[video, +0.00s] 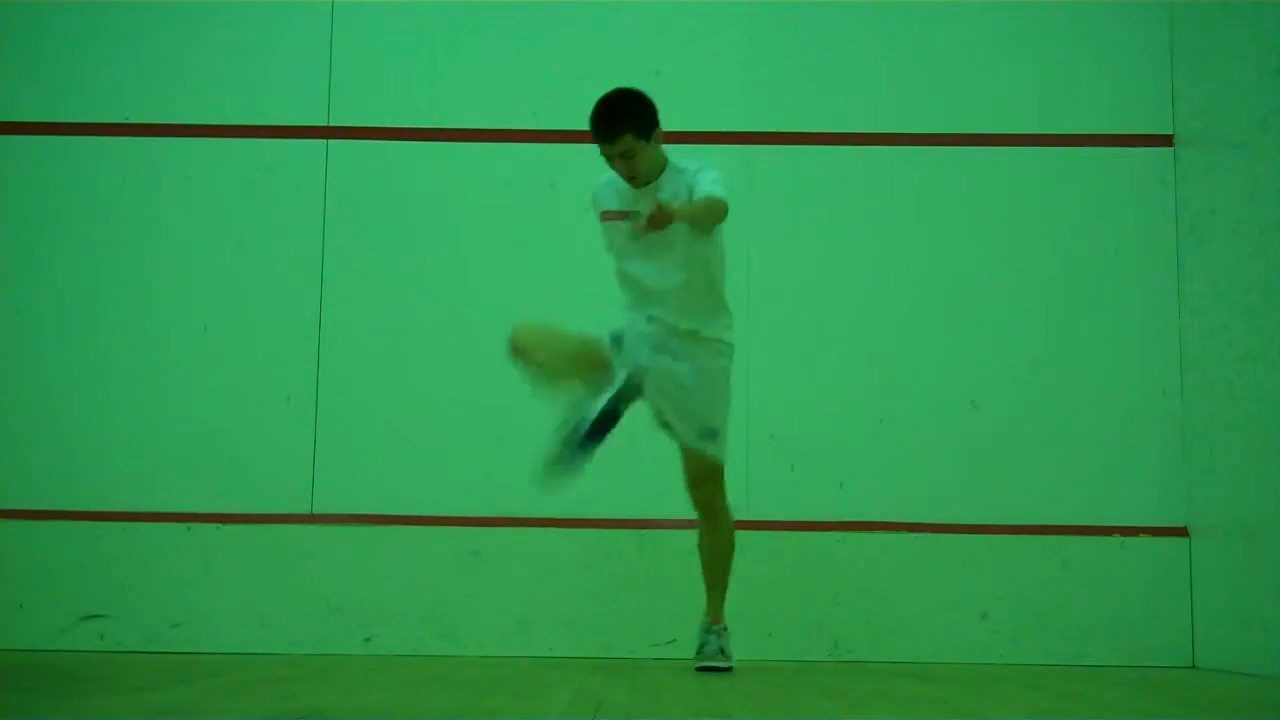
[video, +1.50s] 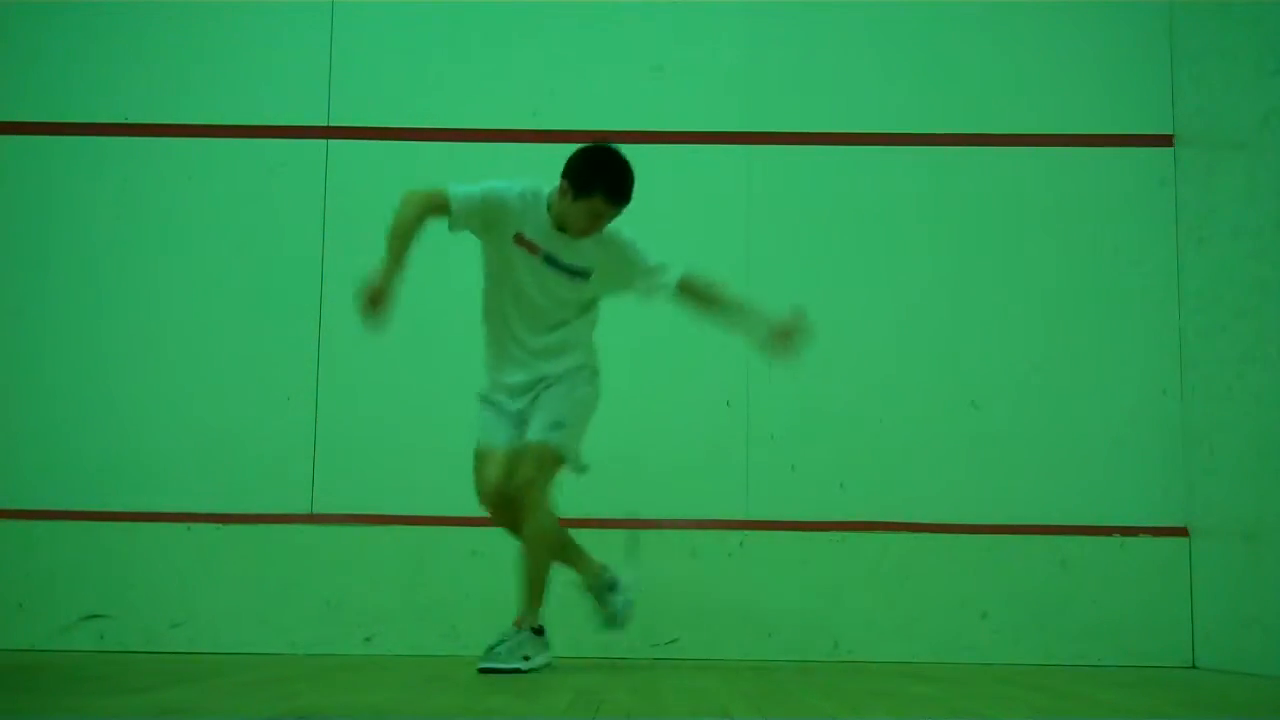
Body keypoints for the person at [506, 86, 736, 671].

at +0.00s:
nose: (620, 167)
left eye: (628, 153)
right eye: (611, 157)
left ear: (657, 139)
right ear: (603, 153)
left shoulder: (696, 181)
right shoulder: (608, 194)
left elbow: (715, 209)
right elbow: (629, 262)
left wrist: (678, 213)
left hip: (699, 349)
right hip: (637, 338)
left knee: (707, 490)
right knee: (524, 342)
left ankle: (715, 623)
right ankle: (604, 387)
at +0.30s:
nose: (595, 176)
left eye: (606, 164)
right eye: (584, 163)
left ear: (624, 155)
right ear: (568, 153)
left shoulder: (651, 203)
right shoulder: (542, 197)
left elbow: (718, 250)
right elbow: (503, 256)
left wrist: (714, 294)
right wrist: (486, 328)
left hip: (636, 369)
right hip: (568, 378)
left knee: (679, 428)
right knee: (551, 502)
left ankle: (666, 563)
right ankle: (579, 631)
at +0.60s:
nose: (594, 204)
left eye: (605, 193)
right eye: (586, 190)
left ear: (617, 189)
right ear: (562, 176)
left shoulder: (622, 250)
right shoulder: (520, 200)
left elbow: (683, 311)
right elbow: (458, 195)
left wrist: (730, 374)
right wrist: (391, 220)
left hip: (580, 395)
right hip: (516, 389)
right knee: (464, 480)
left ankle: (505, 635)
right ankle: (574, 570)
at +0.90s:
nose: (659, 219)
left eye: (665, 212)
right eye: (657, 207)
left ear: (660, 200)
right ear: (631, 183)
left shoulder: (647, 247)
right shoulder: (559, 183)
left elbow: (702, 308)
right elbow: (468, 176)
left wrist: (770, 348)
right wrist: (380, 177)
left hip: (594, 364)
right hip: (530, 360)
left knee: (609, 463)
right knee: (493, 463)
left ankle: (642, 584)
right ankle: (588, 528)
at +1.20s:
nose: (611, 284)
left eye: (620, 278)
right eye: (607, 275)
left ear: (628, 267)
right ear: (585, 252)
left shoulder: (634, 285)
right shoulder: (528, 273)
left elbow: (696, 306)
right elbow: (463, 331)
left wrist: (760, 341)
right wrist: (463, 415)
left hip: (615, 440)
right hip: (542, 441)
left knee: (662, 536)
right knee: (505, 528)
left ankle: (688, 627)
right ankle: (514, 632)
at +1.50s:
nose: (592, 227)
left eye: (604, 220)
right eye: (588, 214)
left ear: (615, 214)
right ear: (564, 189)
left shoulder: (611, 253)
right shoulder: (507, 206)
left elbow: (686, 288)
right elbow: (417, 203)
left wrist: (763, 327)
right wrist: (386, 277)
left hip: (566, 378)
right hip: (505, 379)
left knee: (527, 486)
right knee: (494, 496)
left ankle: (528, 629)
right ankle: (599, 577)